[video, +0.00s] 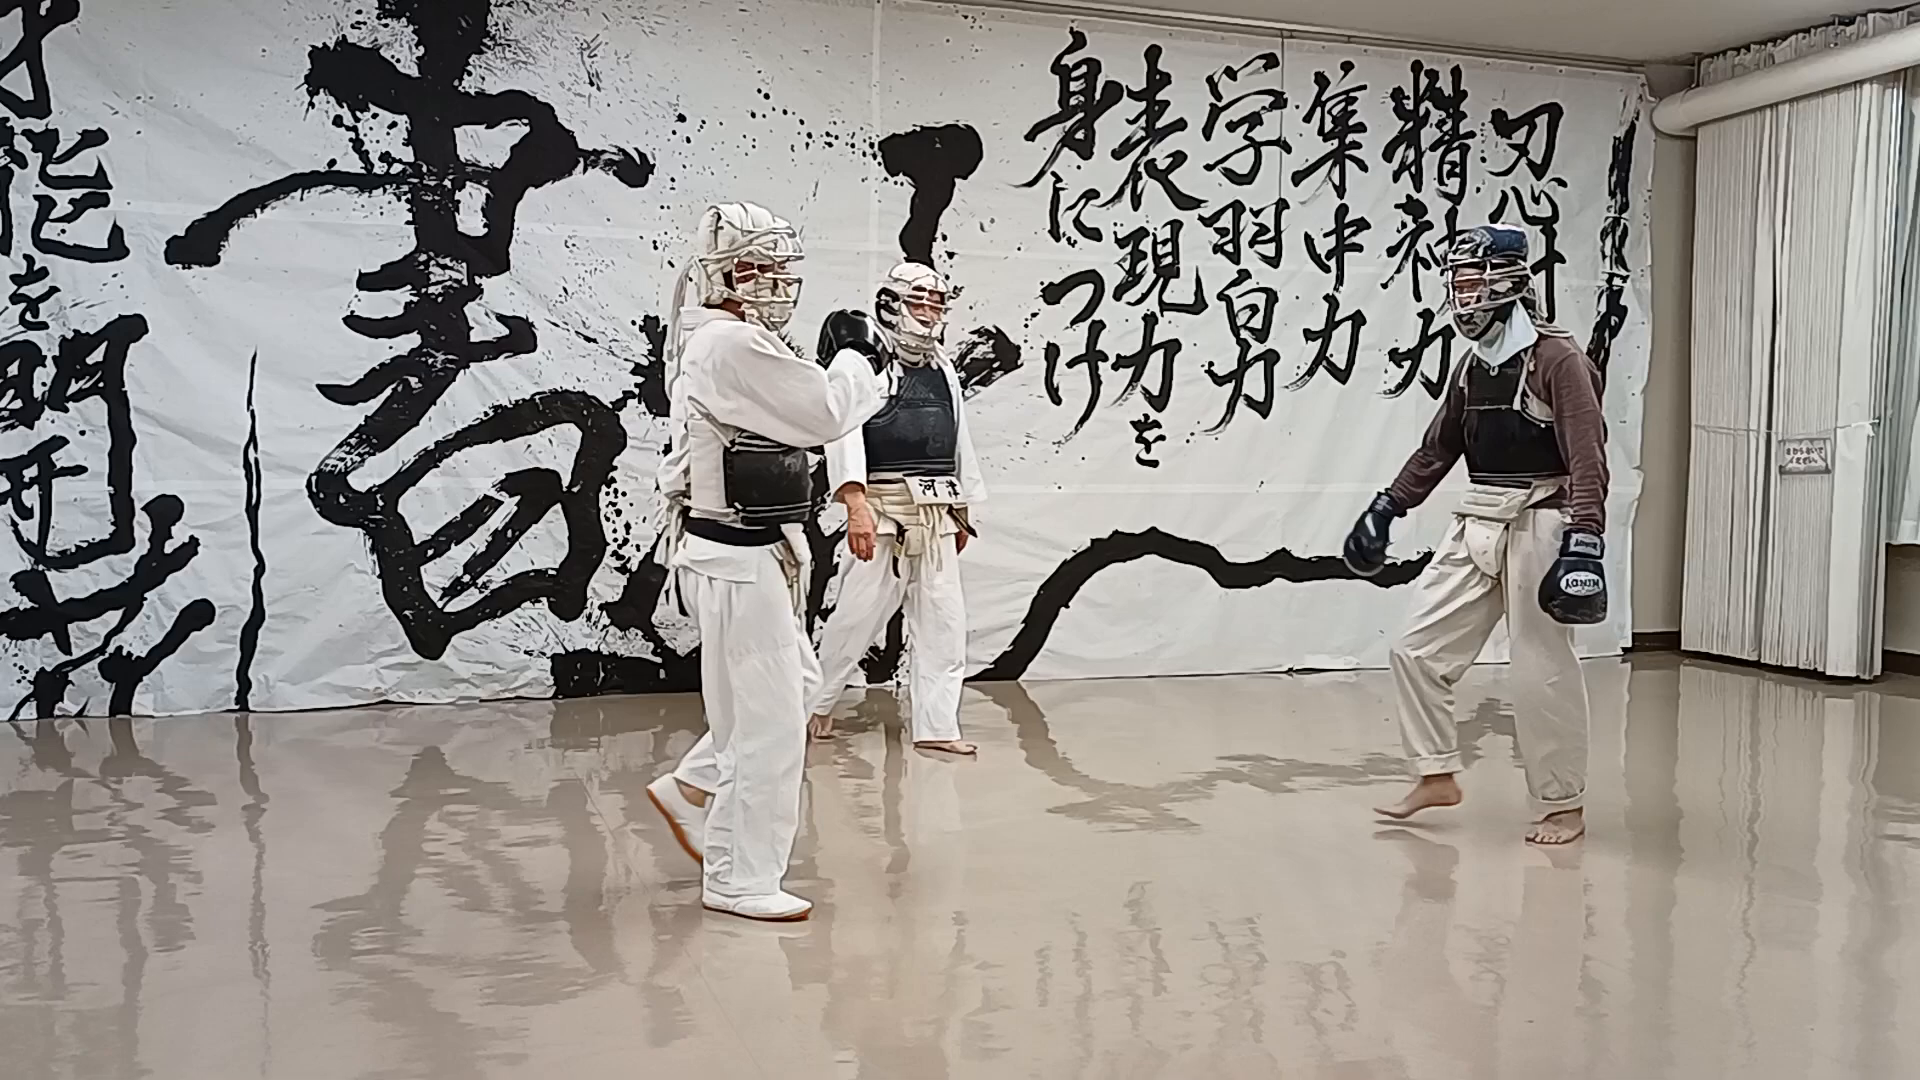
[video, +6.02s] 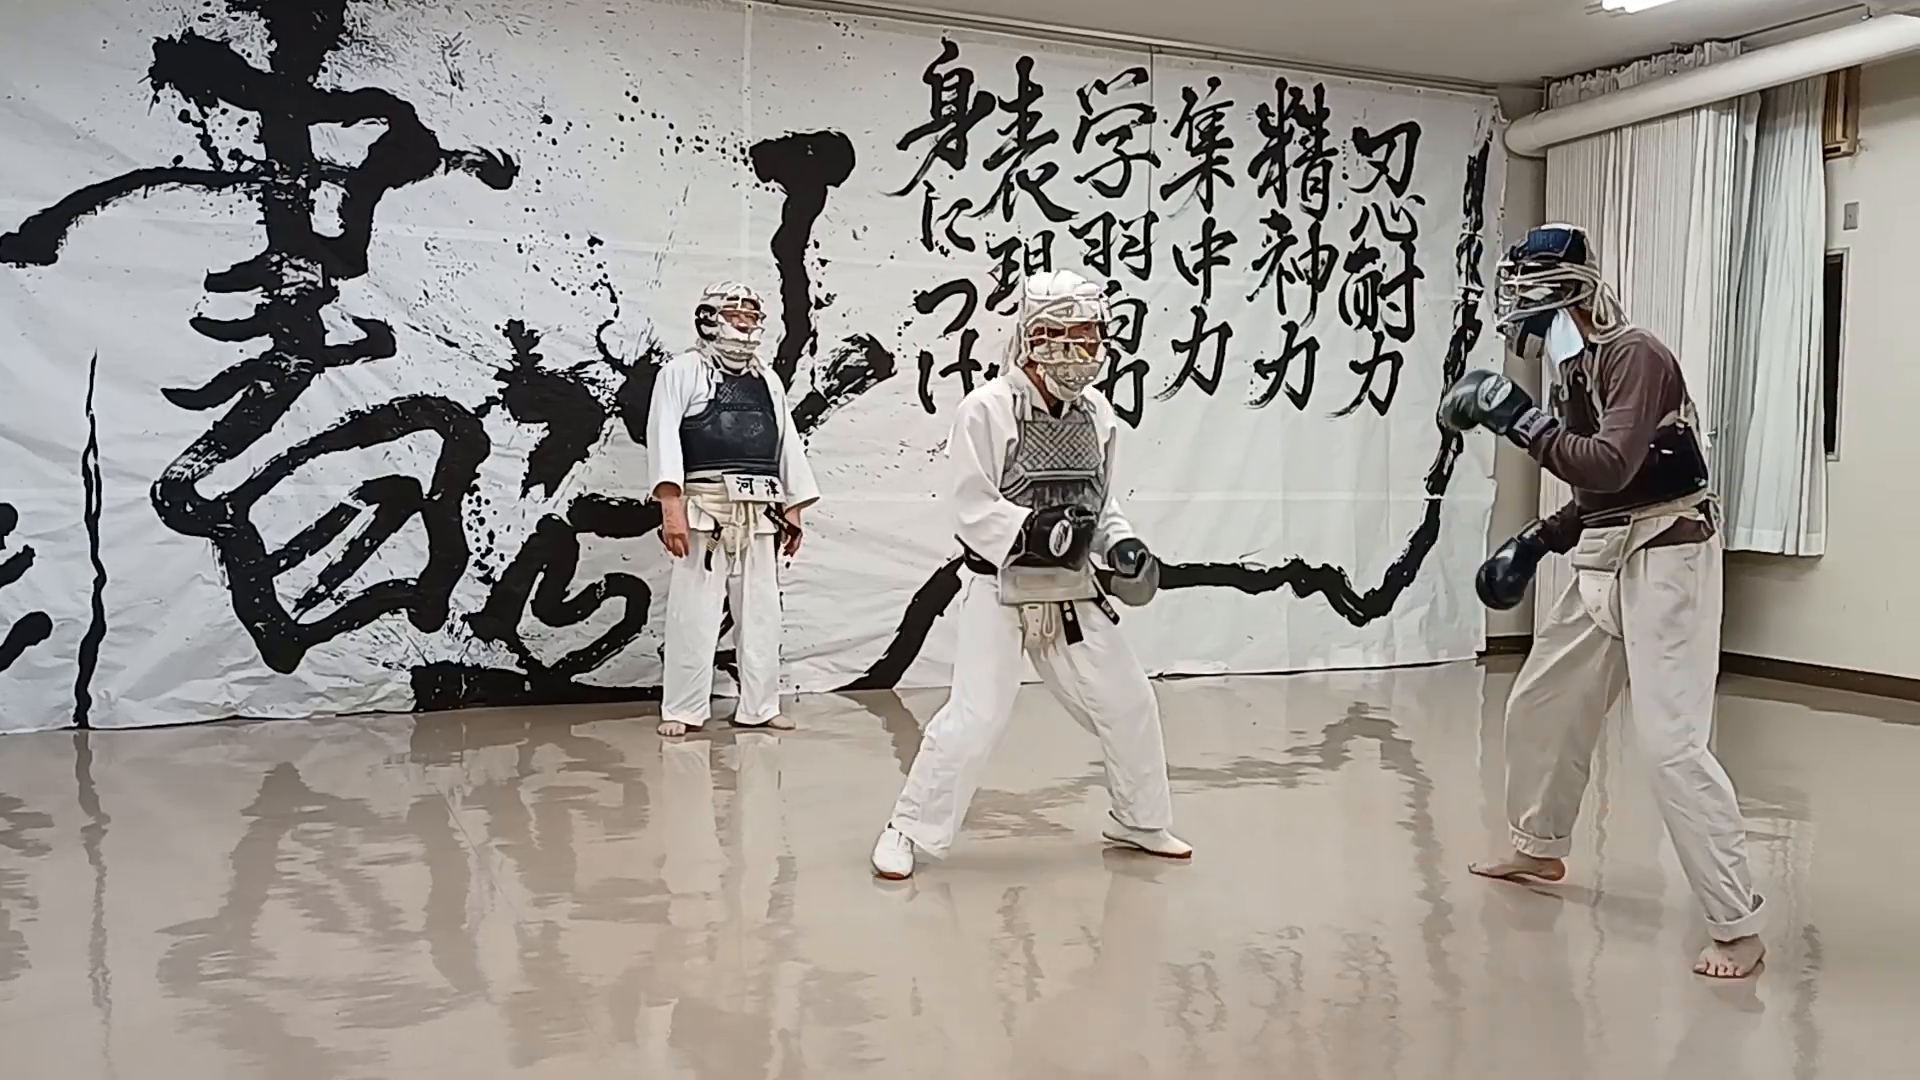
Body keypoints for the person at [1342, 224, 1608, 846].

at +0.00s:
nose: (1462, 293)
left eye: (1474, 281)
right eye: (1457, 282)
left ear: (1511, 284)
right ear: (1453, 286)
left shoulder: (1557, 359)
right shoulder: (1473, 367)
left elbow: (1587, 455)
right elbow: (1436, 450)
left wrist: (1585, 542)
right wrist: (1384, 508)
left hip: (1542, 523)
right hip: (1478, 522)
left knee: (1541, 666)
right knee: (1416, 650)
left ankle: (1563, 806)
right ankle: (1436, 777)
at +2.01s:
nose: (1368, 342)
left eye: (1379, 330)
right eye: (1364, 331)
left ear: (1416, 329)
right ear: (1363, 333)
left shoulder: (1476, 394)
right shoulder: (1369, 409)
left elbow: (1496, 487)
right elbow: (1332, 477)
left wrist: (1450, 434)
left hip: (1479, 563)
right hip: (1399, 564)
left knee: (1524, 700)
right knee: (1338, 682)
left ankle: (1548, 813)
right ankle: (1286, 802)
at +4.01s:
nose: (1449, 353)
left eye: (1460, 340)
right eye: (1446, 340)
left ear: (1497, 338)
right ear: (1456, 340)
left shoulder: (1567, 401)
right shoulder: (1474, 412)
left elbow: (1607, 496)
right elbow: (1475, 501)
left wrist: (1518, 497)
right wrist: (1442, 565)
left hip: (1581, 572)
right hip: (1499, 571)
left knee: (1615, 715)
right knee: (1428, 687)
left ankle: (1660, 840)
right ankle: (1378, 803)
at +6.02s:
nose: (1511, 312)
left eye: (1520, 296)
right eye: (1510, 297)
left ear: (1558, 296)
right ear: (1556, 298)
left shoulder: (1635, 353)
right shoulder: (1569, 379)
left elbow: (1613, 466)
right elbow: (1598, 492)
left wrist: (1522, 421)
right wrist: (1531, 544)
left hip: (1670, 549)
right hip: (1600, 551)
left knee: (1671, 741)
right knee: (1543, 704)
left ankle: (1738, 930)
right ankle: (1539, 853)